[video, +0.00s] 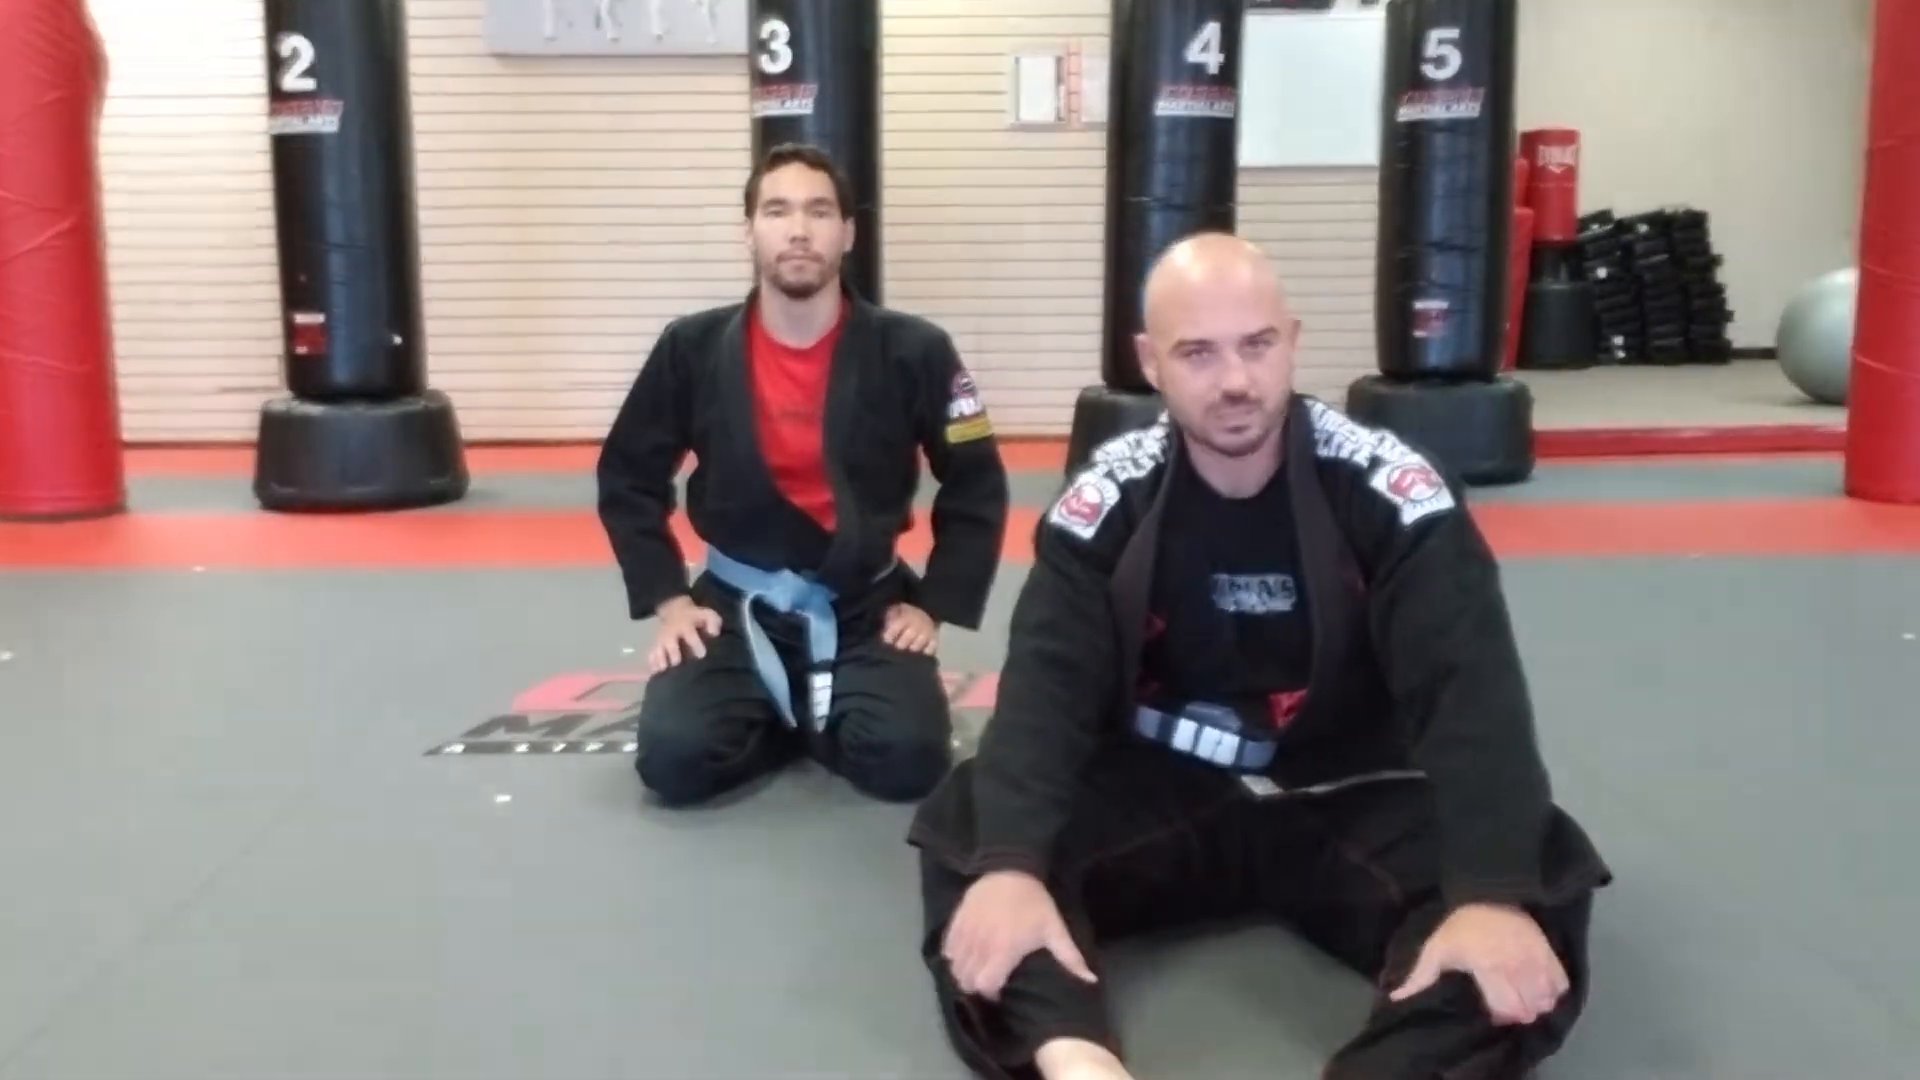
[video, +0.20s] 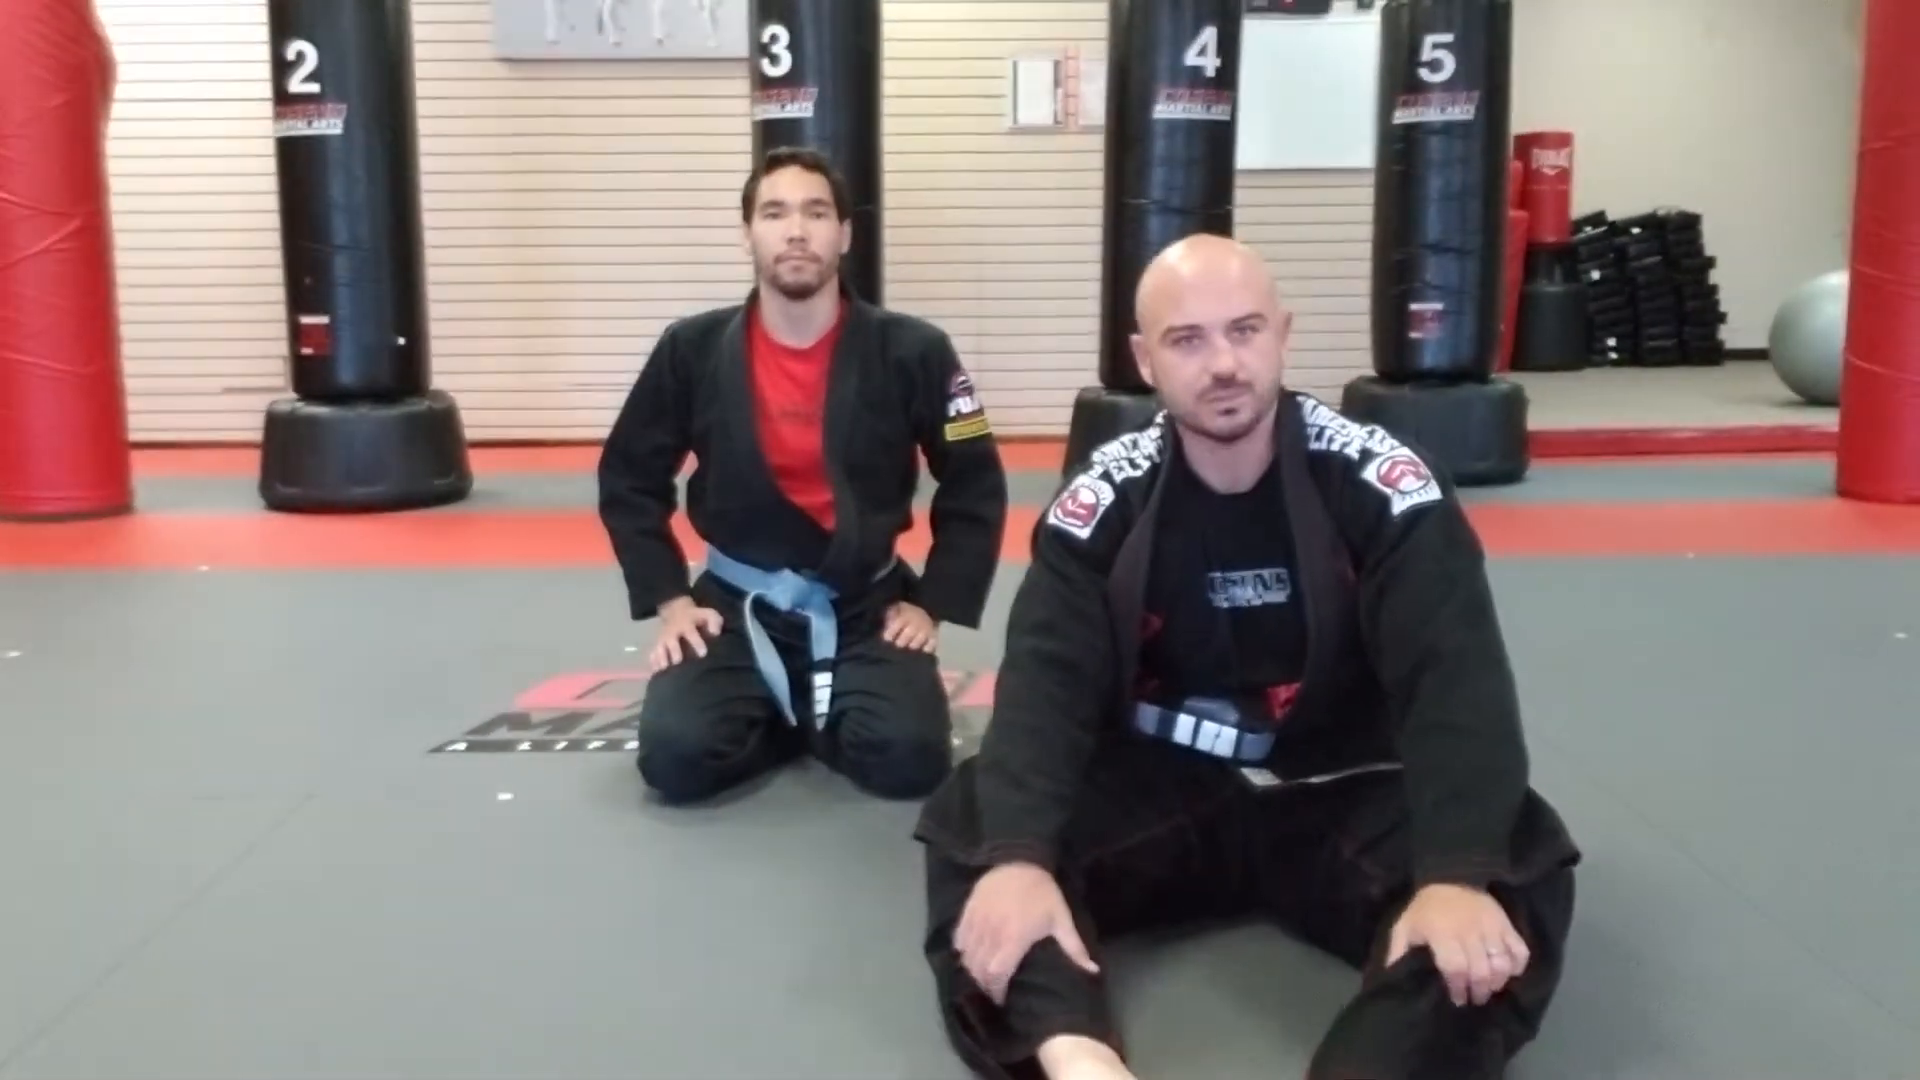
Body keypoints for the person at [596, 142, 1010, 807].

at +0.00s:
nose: (798, 228)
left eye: (819, 211)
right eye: (777, 211)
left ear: (848, 234)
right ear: (750, 235)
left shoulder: (913, 354)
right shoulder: (693, 350)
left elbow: (976, 482)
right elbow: (628, 474)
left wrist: (933, 607)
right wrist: (667, 597)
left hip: (866, 603)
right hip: (735, 599)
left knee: (908, 763)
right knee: (676, 763)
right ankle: (801, 720)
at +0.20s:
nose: (795, 230)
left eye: (815, 213)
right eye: (775, 213)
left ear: (844, 235)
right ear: (748, 237)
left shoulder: (912, 354)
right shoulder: (693, 352)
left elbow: (974, 483)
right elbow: (629, 477)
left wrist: (932, 606)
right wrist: (669, 598)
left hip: (867, 604)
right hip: (736, 600)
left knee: (909, 762)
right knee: (677, 760)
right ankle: (800, 718)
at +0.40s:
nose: (795, 233)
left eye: (815, 215)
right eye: (775, 216)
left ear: (844, 237)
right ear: (749, 239)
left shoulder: (912, 355)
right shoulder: (694, 353)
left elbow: (974, 483)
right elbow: (632, 478)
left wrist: (931, 604)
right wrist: (670, 598)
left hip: (867, 604)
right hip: (736, 600)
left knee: (909, 760)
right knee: (679, 758)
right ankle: (805, 714)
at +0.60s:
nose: (795, 233)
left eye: (815, 215)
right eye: (774, 216)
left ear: (844, 236)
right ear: (749, 239)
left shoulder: (912, 355)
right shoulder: (693, 354)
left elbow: (974, 485)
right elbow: (632, 479)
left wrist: (931, 605)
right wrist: (669, 597)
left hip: (867, 605)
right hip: (736, 601)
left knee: (912, 760)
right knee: (678, 757)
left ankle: (787, 698)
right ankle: (808, 711)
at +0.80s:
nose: (792, 242)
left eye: (811, 222)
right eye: (771, 223)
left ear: (842, 238)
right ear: (745, 243)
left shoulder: (911, 358)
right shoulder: (692, 357)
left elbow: (973, 485)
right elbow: (633, 483)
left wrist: (931, 598)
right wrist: (661, 597)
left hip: (865, 603)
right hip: (736, 600)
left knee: (908, 757)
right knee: (678, 756)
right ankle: (804, 712)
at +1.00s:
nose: (772, 275)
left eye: (792, 252)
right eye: (749, 254)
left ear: (824, 257)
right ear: (725, 263)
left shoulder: (889, 370)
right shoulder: (676, 374)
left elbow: (936, 519)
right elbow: (628, 518)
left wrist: (872, 621)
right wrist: (627, 646)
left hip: (861, 609)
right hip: (735, 604)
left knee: (919, 758)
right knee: (676, 749)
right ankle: (809, 708)